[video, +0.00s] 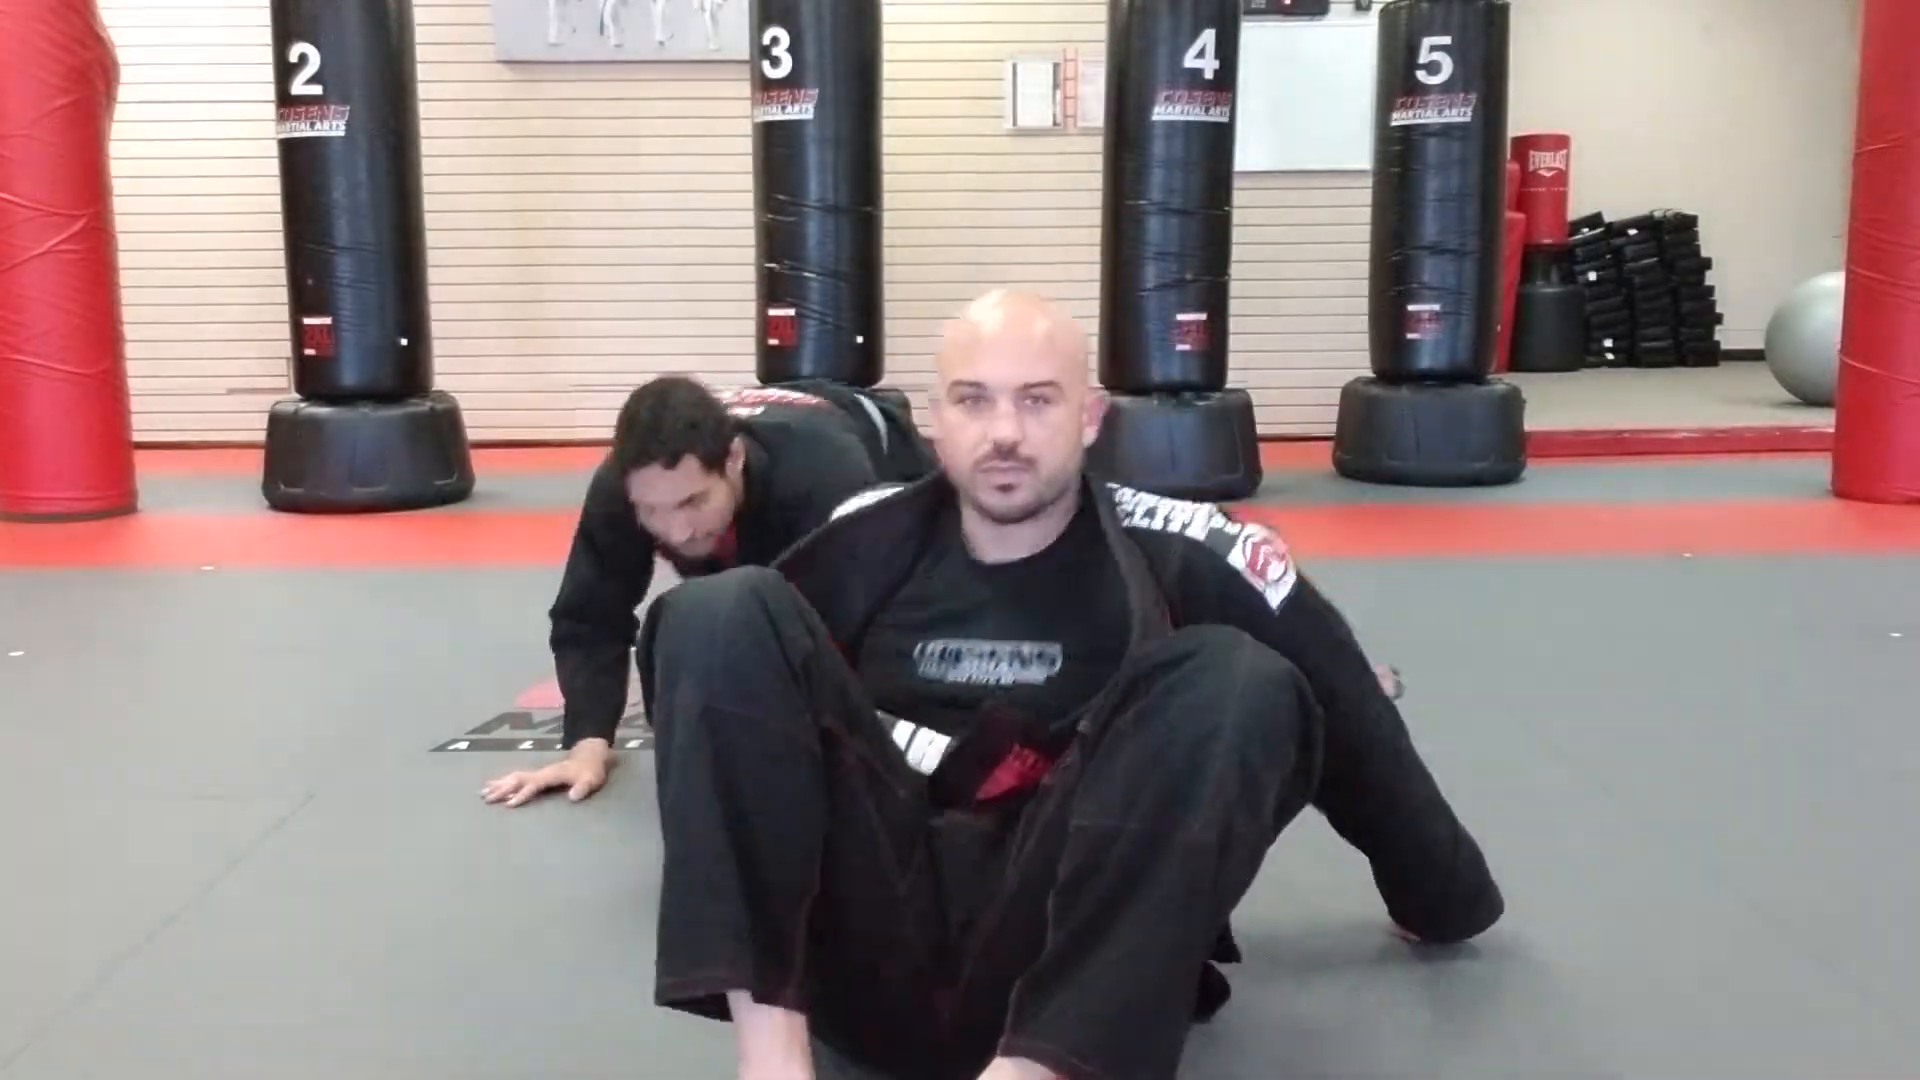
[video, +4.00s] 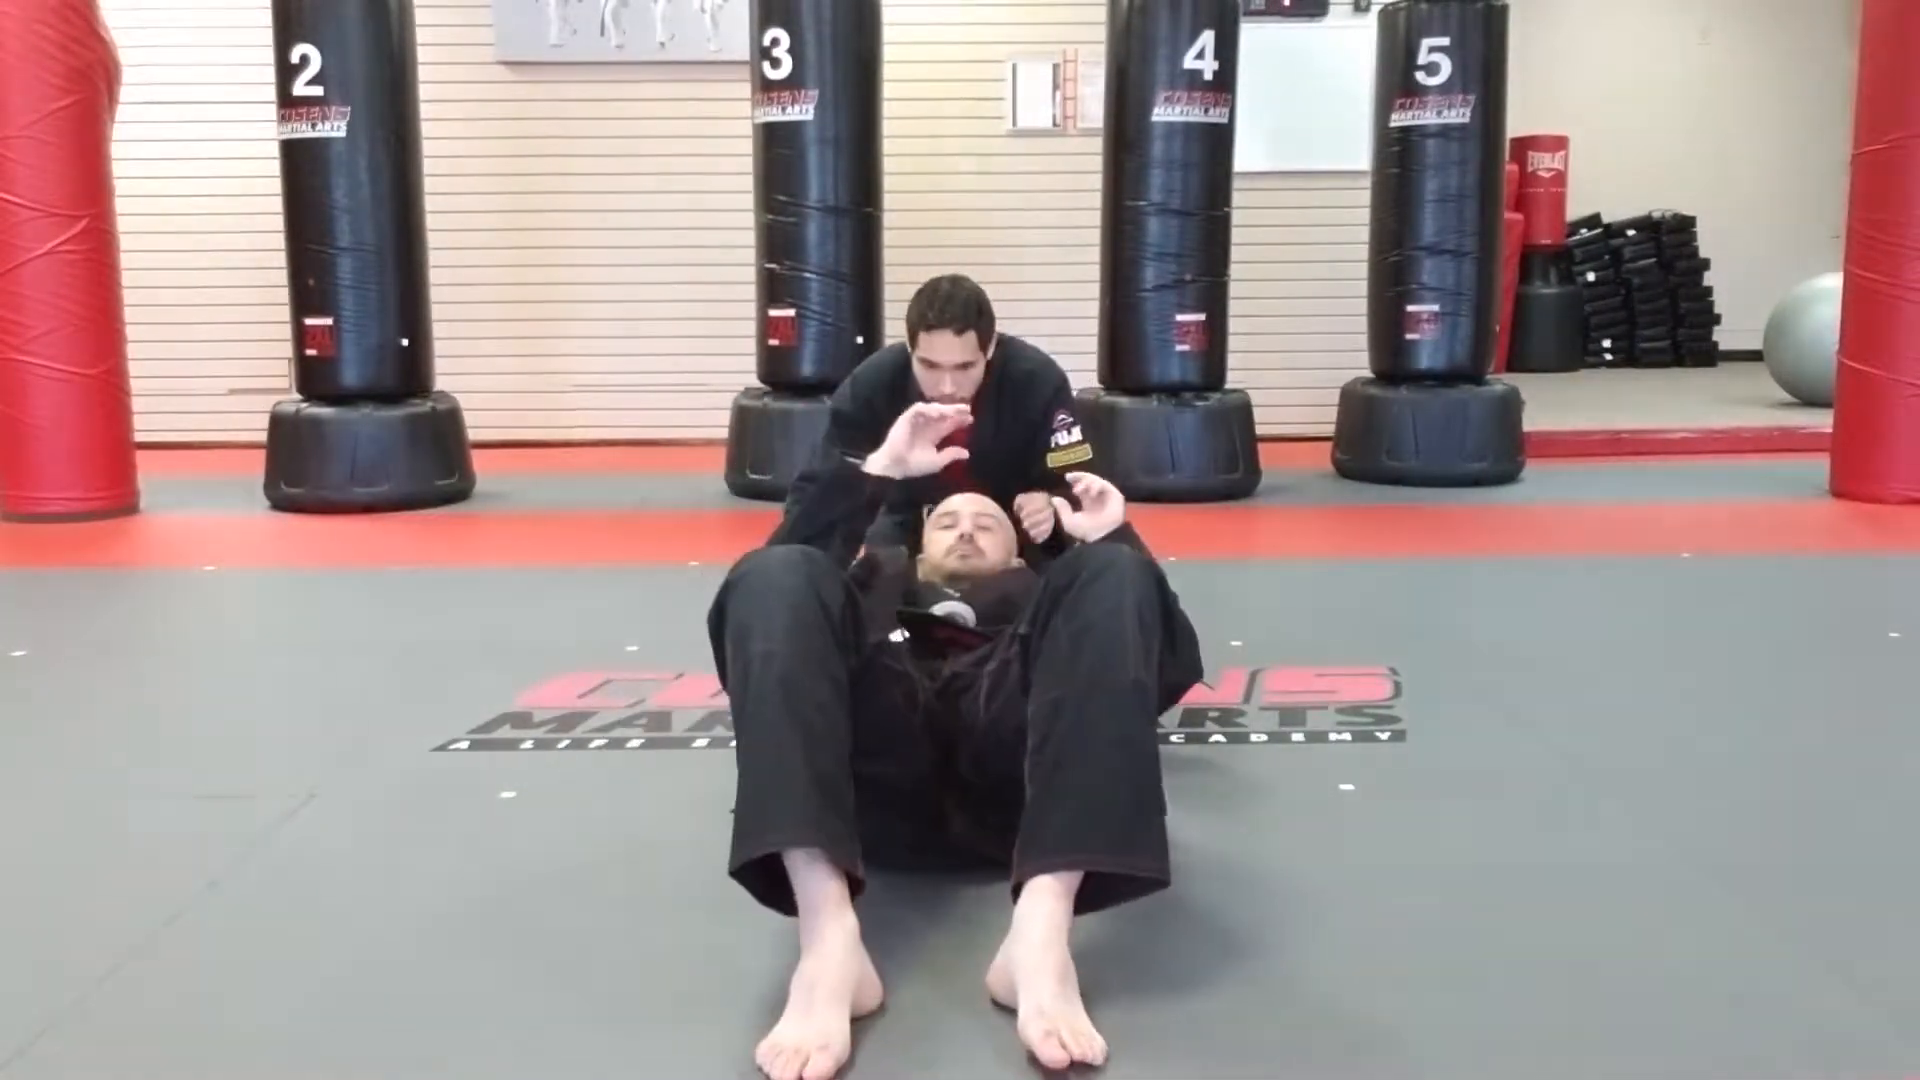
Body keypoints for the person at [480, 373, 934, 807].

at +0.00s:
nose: (674, 532)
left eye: (692, 503)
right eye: (651, 510)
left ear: (733, 462)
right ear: (628, 491)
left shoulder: (820, 484)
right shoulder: (626, 484)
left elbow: (852, 620)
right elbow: (590, 614)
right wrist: (588, 747)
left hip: (880, 431)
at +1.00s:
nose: (943, 246)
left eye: (960, 228)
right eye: (925, 228)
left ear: (983, 240)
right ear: (901, 241)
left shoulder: (1028, 341)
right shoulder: (852, 338)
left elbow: (1055, 443)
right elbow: (804, 452)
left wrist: (1048, 518)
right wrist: (860, 518)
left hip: (994, 543)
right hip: (888, 544)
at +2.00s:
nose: (926, 370)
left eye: (947, 350)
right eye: (910, 345)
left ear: (973, 336)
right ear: (885, 322)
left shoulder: (1014, 396)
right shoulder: (825, 376)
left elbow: (1068, 545)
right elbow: (757, 517)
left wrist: (1083, 675)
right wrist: (745, 640)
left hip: (972, 584)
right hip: (853, 579)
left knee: (1042, 678)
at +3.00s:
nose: (933, 402)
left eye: (950, 384)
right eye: (917, 383)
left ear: (977, 364)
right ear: (898, 366)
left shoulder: (1030, 394)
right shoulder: (864, 408)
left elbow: (1074, 509)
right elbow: (820, 516)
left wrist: (1042, 594)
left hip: (1002, 576)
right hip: (895, 579)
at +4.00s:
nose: (947, 386)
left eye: (963, 368)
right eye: (930, 367)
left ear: (989, 349)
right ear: (910, 349)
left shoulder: (1035, 381)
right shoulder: (870, 387)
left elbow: (1081, 500)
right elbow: (825, 496)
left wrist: (1052, 510)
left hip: (1006, 520)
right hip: (907, 517)